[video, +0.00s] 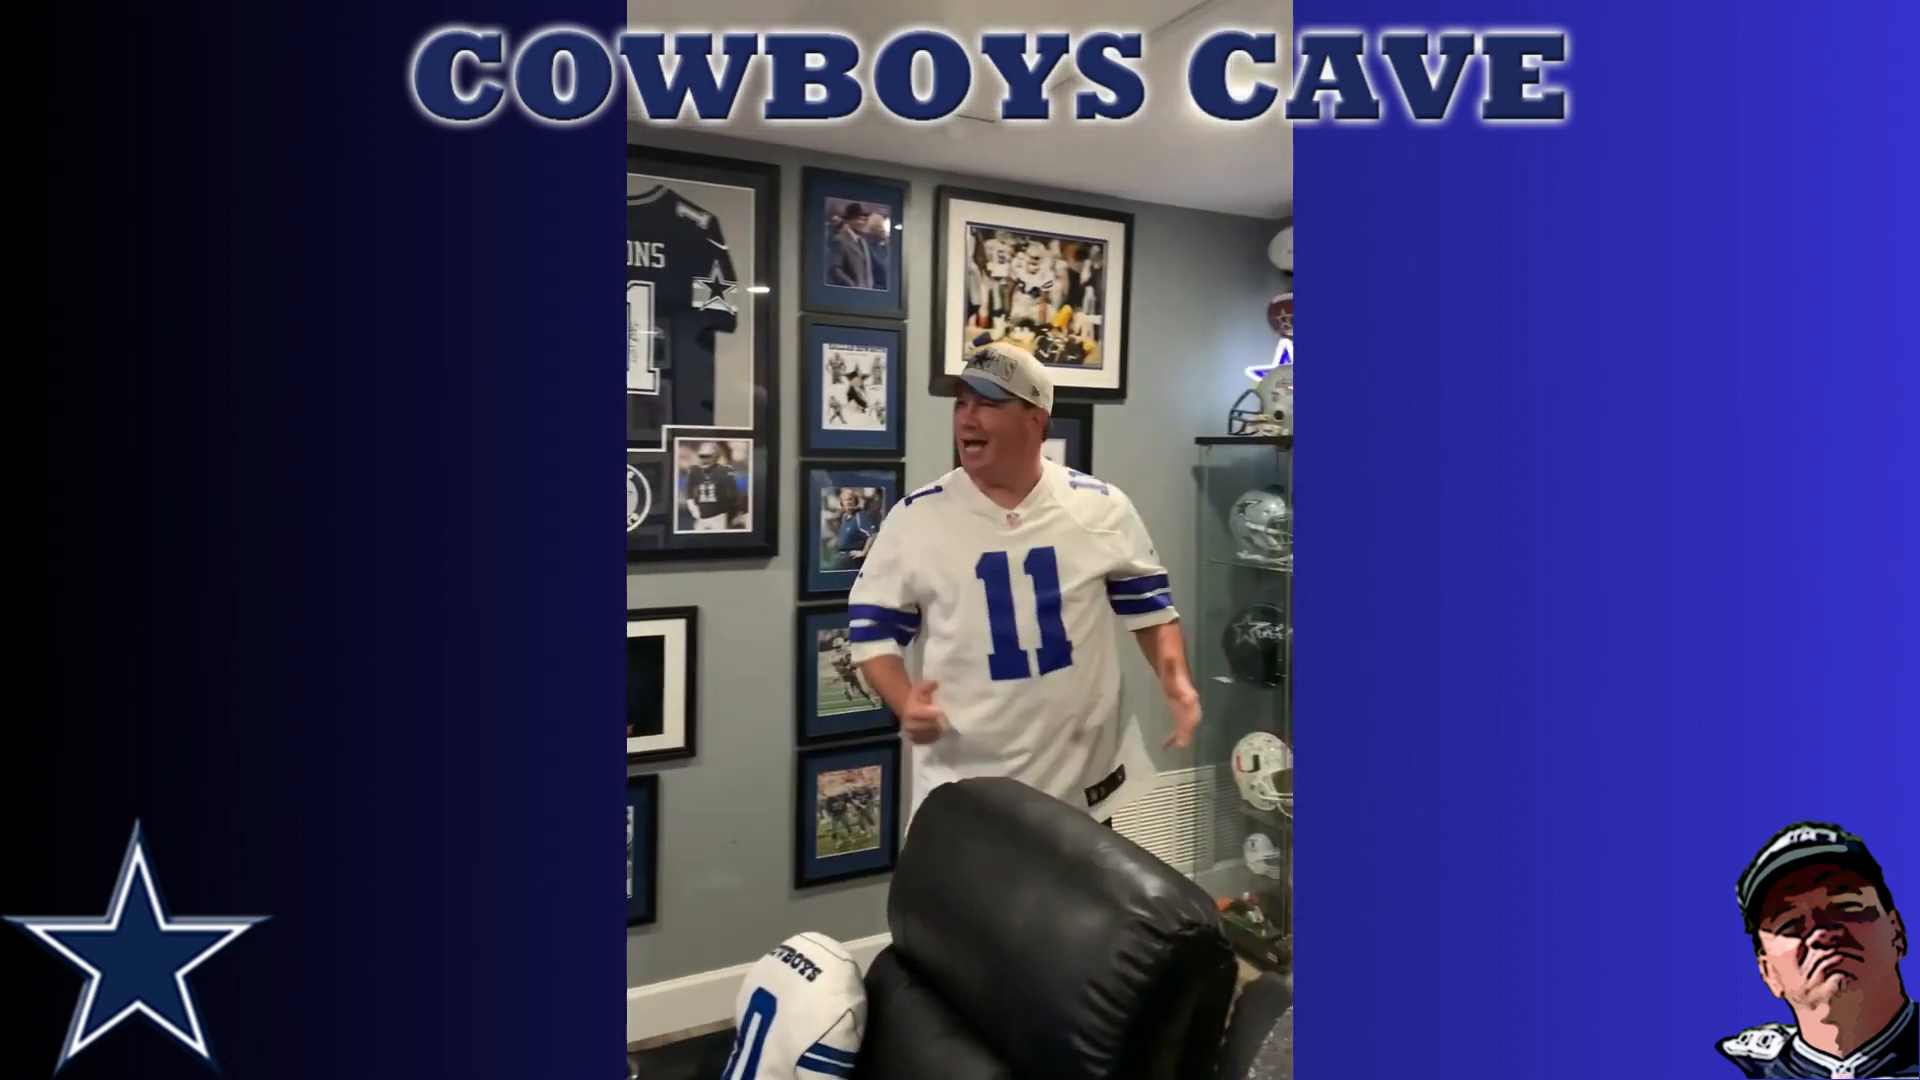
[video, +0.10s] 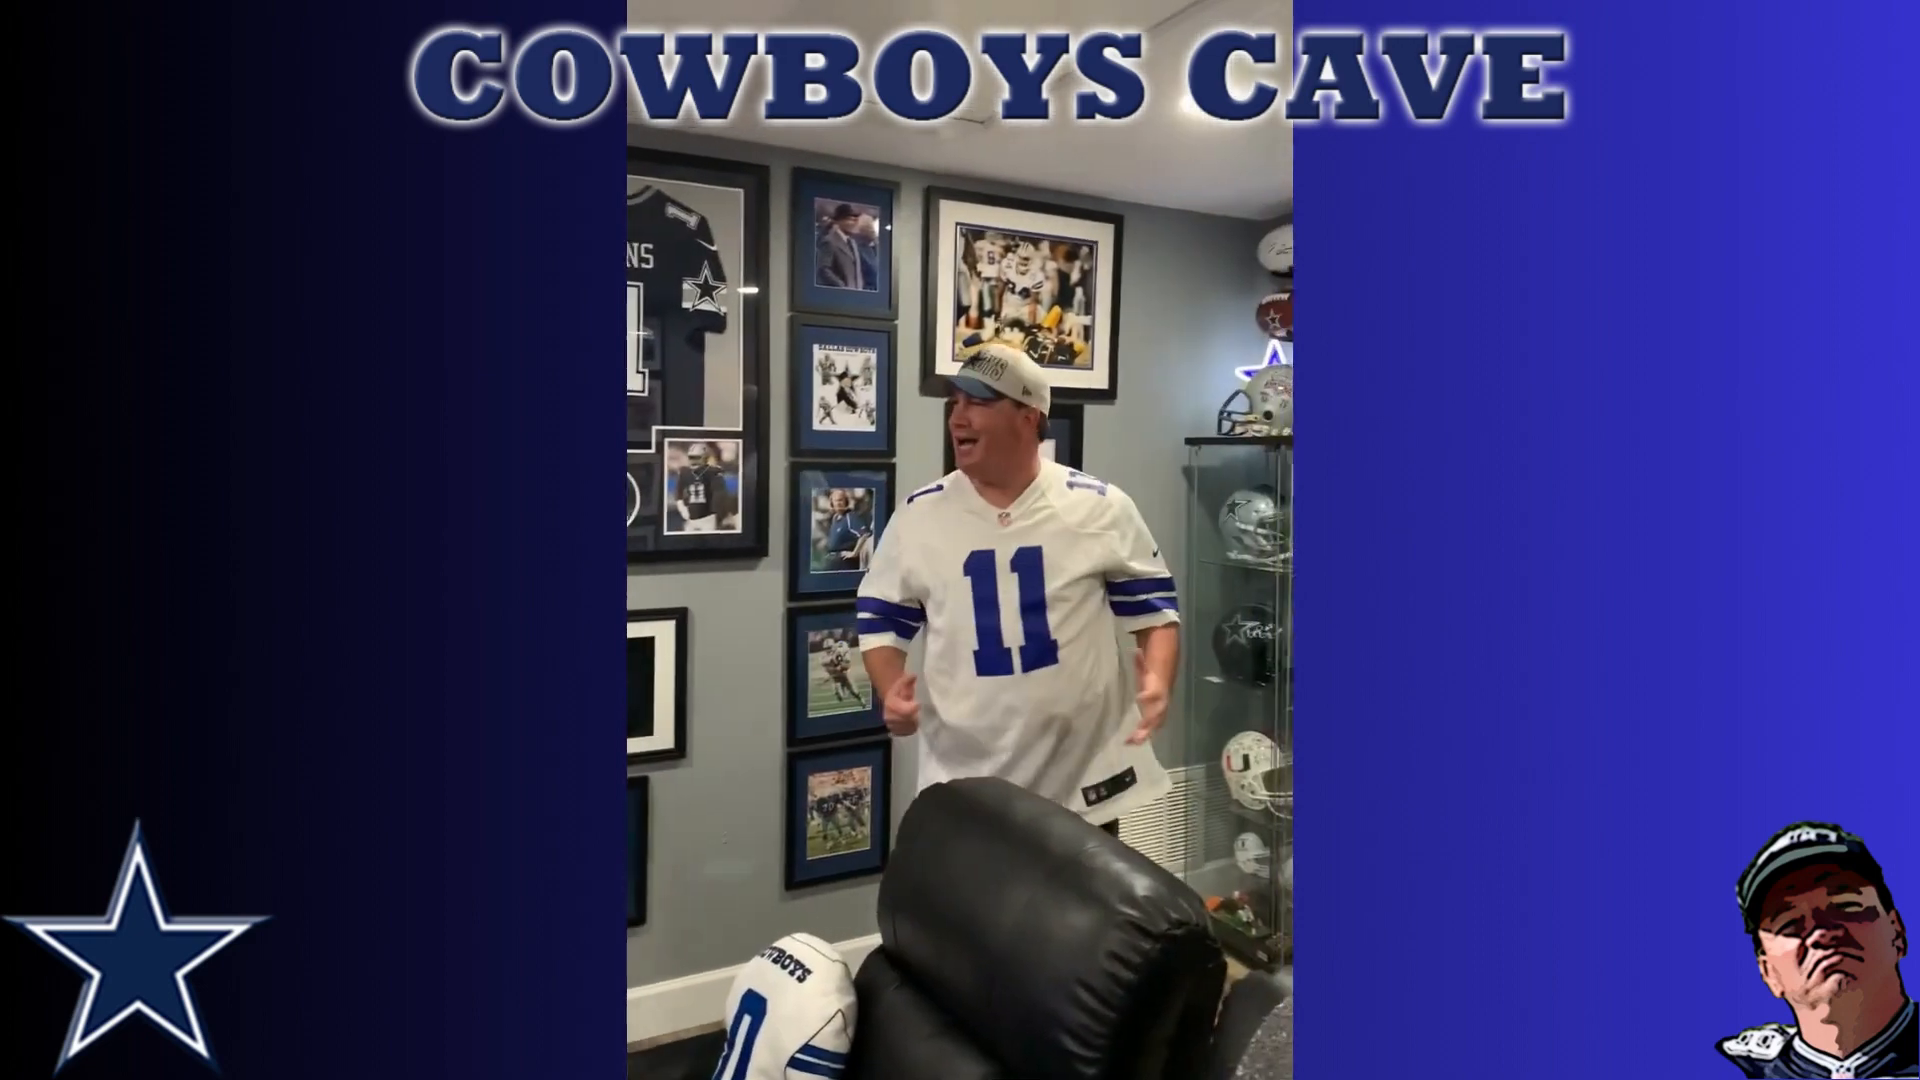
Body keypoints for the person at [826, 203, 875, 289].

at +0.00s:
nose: (864, 223)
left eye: (865, 219)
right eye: (860, 219)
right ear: (850, 219)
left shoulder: (862, 241)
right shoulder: (839, 240)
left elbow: (867, 266)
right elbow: (834, 268)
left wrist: (869, 283)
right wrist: (851, 285)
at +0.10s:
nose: (853, 223)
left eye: (855, 220)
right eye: (850, 219)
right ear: (839, 220)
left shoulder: (852, 242)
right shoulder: (828, 241)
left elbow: (856, 268)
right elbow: (823, 269)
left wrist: (859, 286)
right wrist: (841, 287)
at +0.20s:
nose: (846, 224)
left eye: (847, 221)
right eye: (842, 220)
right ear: (832, 221)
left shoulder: (844, 242)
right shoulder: (821, 242)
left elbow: (849, 269)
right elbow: (815, 270)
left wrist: (852, 286)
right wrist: (834, 288)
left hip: (848, 293)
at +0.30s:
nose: (840, 224)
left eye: (841, 221)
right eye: (836, 220)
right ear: (826, 221)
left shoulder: (838, 243)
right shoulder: (815, 242)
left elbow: (842, 268)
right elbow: (809, 270)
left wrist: (846, 285)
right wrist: (827, 288)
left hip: (843, 292)